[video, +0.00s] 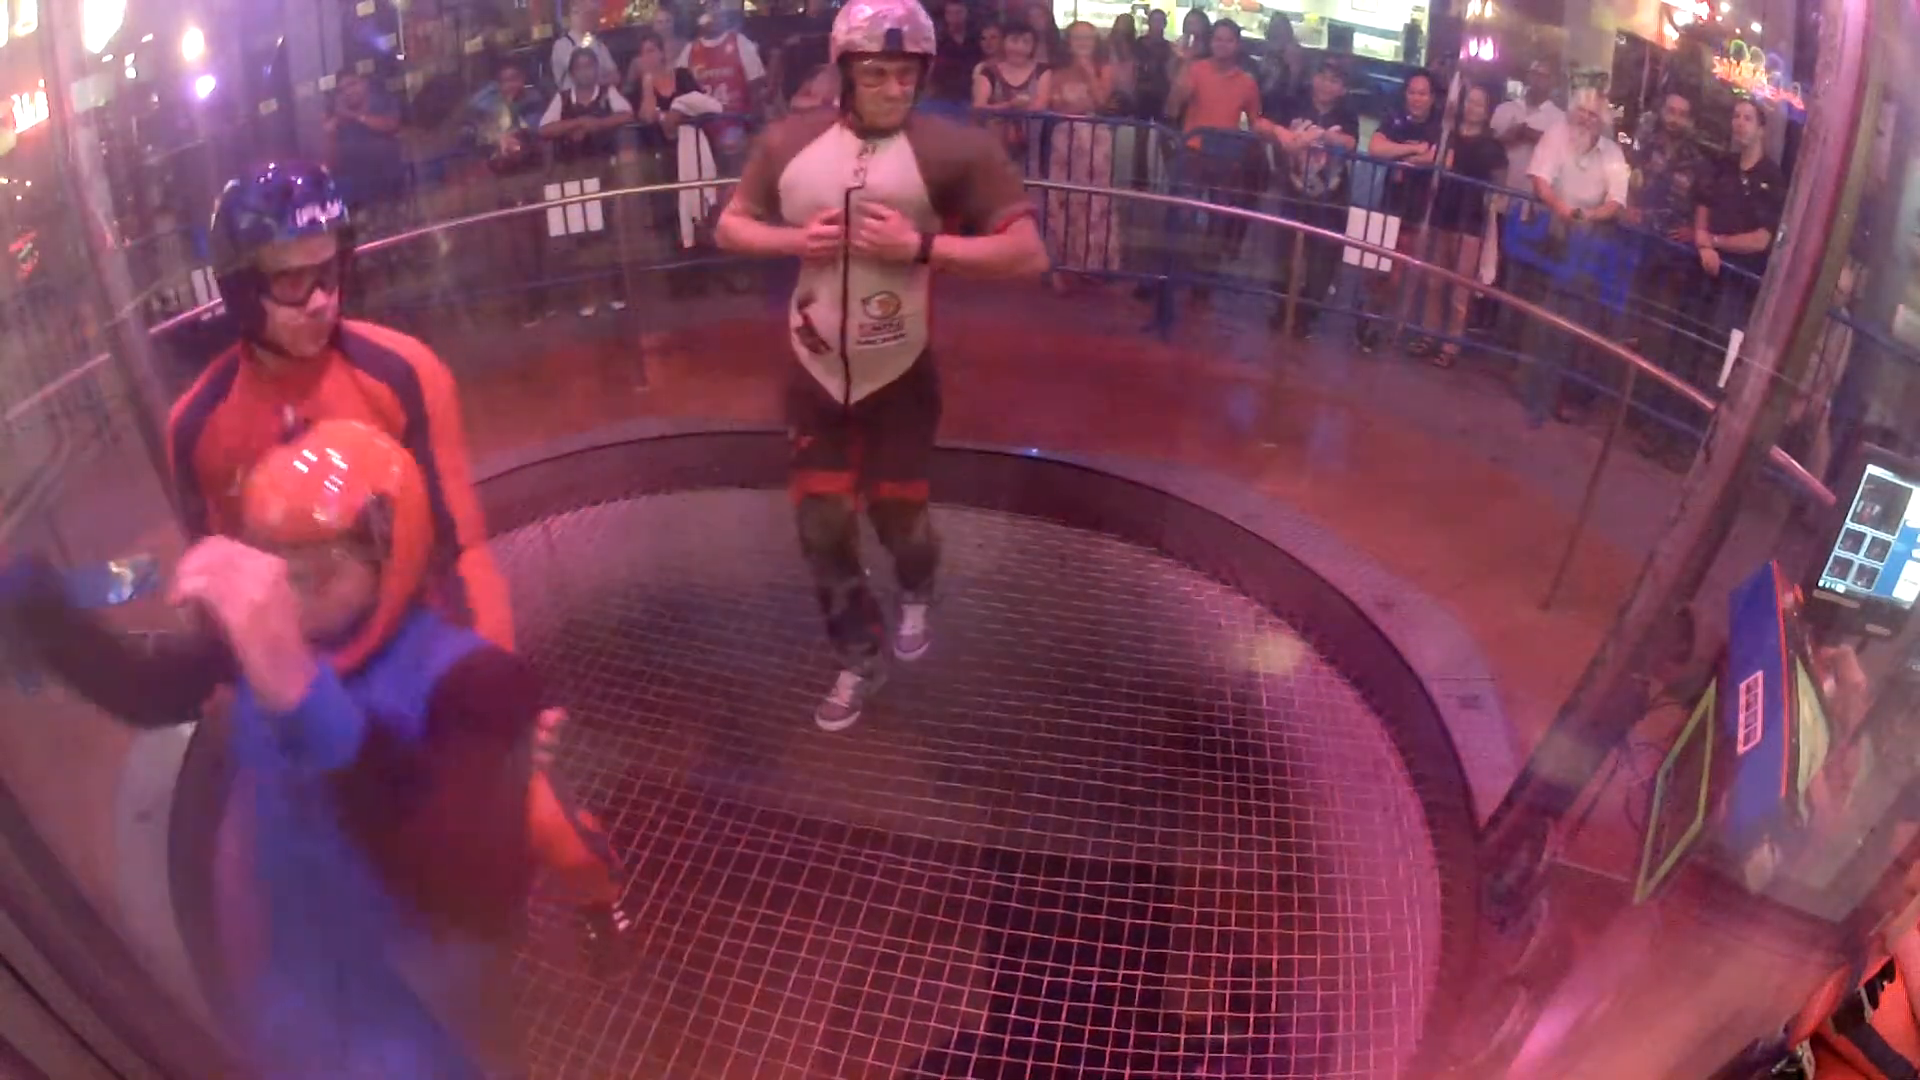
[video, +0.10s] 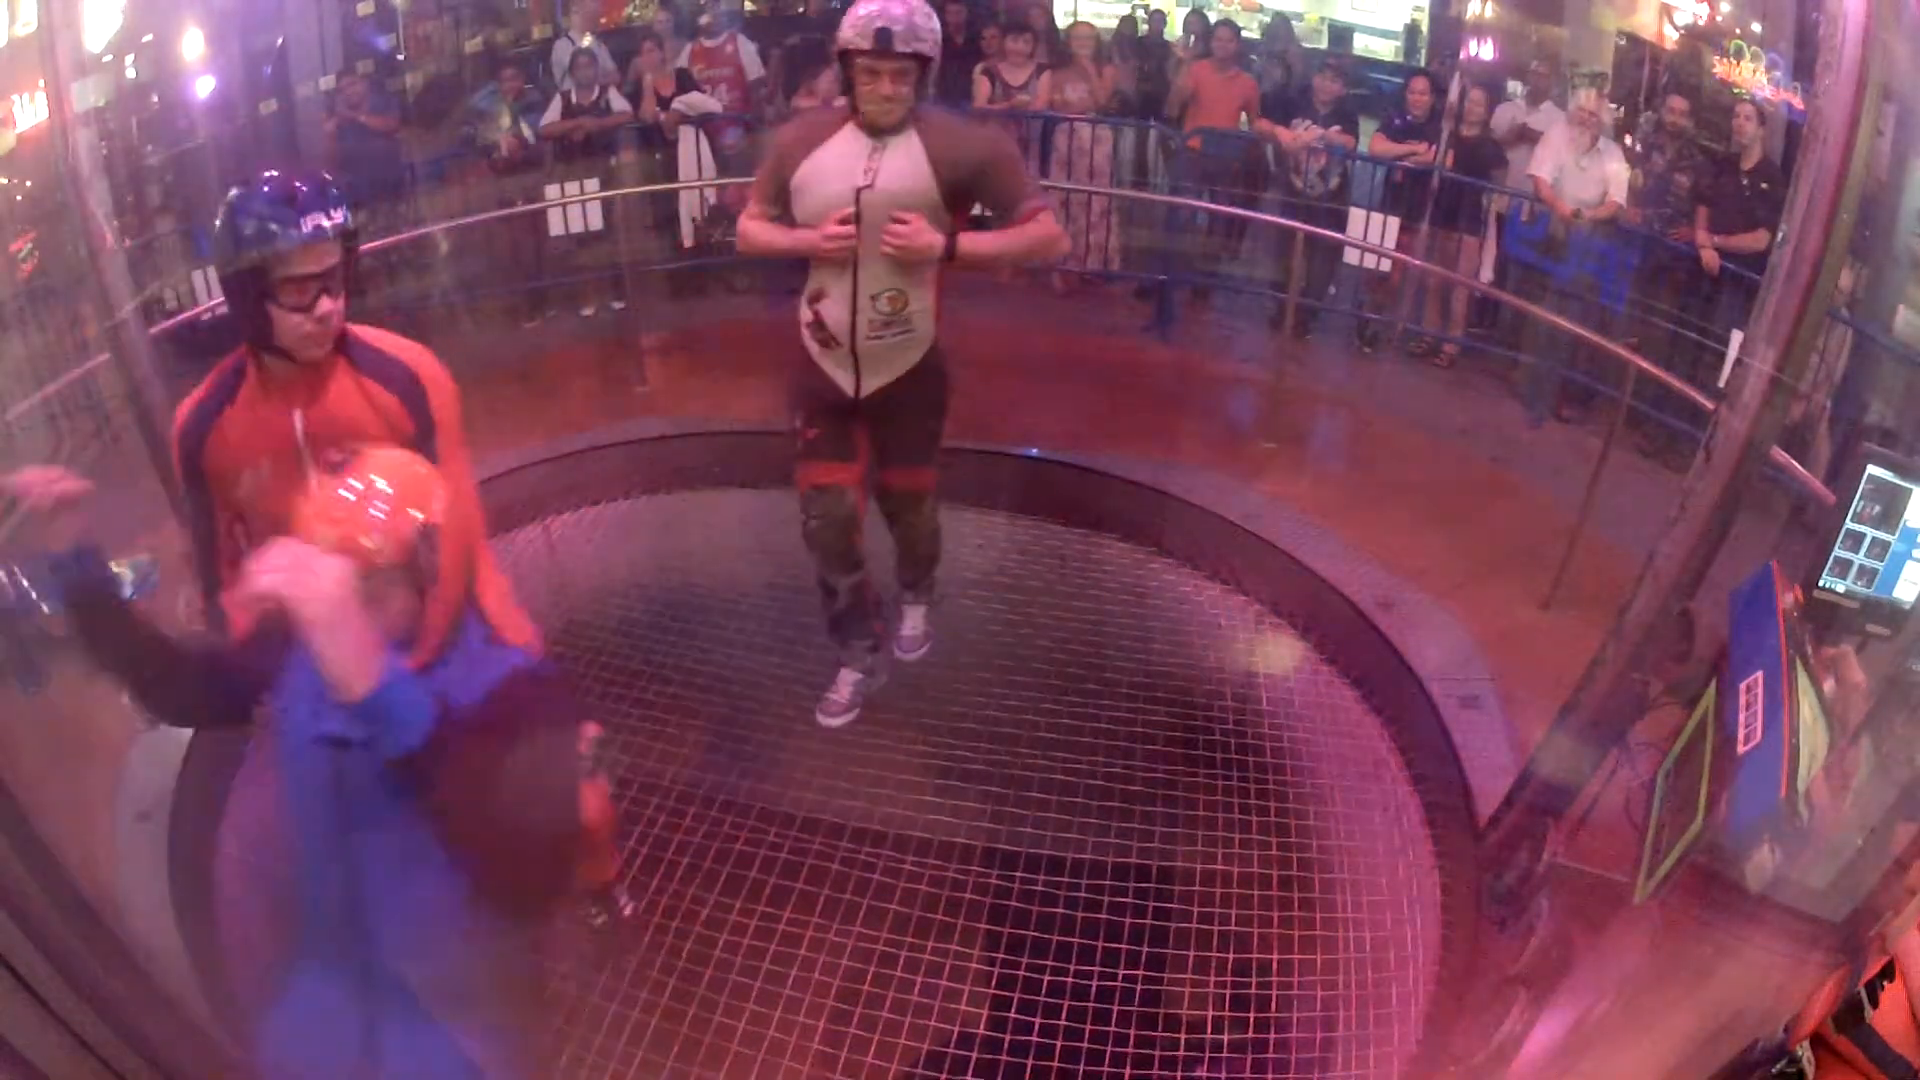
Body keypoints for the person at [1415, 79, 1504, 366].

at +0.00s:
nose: (1472, 108)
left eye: (1478, 103)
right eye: (1468, 101)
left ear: (1488, 110)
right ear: (1461, 106)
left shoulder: (1492, 147)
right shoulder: (1449, 139)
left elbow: (1498, 184)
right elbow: (1436, 171)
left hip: (1472, 218)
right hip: (1442, 213)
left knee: (1461, 285)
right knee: (1434, 279)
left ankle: (1451, 342)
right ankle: (1428, 333)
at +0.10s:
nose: (1471, 108)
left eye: (1478, 104)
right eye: (1468, 102)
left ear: (1488, 111)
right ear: (1461, 105)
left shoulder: (1491, 148)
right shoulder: (1448, 140)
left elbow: (1497, 185)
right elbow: (1436, 171)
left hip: (1471, 219)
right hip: (1441, 214)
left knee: (1461, 284)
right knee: (1434, 278)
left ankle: (1452, 341)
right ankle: (1429, 333)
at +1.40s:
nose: (1477, 110)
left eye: (1483, 105)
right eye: (1472, 104)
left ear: (1491, 112)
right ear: (1463, 107)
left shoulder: (1496, 147)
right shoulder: (1451, 138)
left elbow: (1501, 181)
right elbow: (1440, 168)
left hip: (1474, 217)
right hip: (1444, 212)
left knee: (1463, 285)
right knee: (1435, 279)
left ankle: (1456, 341)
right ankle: (1429, 332)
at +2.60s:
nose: (1485, 113)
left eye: (1492, 109)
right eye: (1482, 106)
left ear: (1501, 116)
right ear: (1473, 109)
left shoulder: (1506, 150)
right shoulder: (1459, 139)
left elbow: (1510, 187)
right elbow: (1445, 168)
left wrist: (1500, 201)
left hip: (1481, 217)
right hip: (1451, 210)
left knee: (1469, 283)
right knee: (1440, 277)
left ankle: (1460, 339)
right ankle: (1432, 331)